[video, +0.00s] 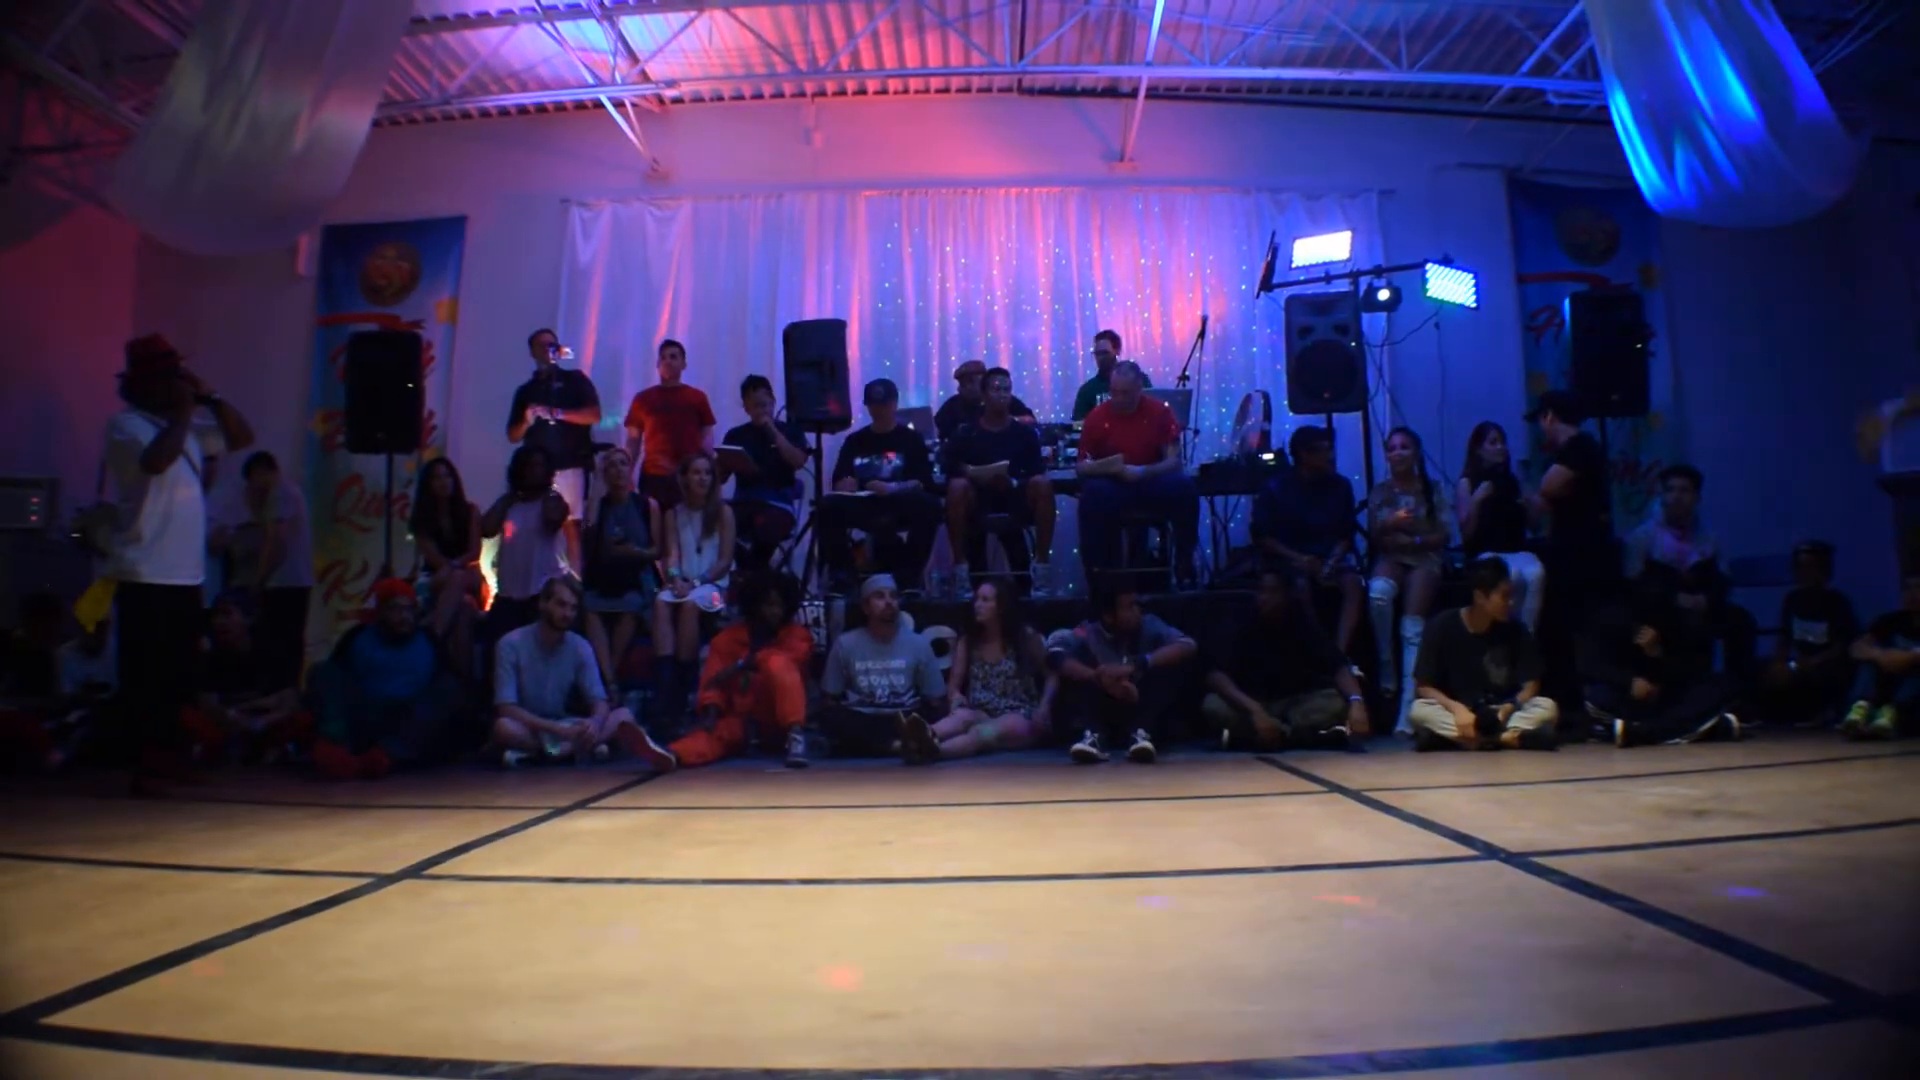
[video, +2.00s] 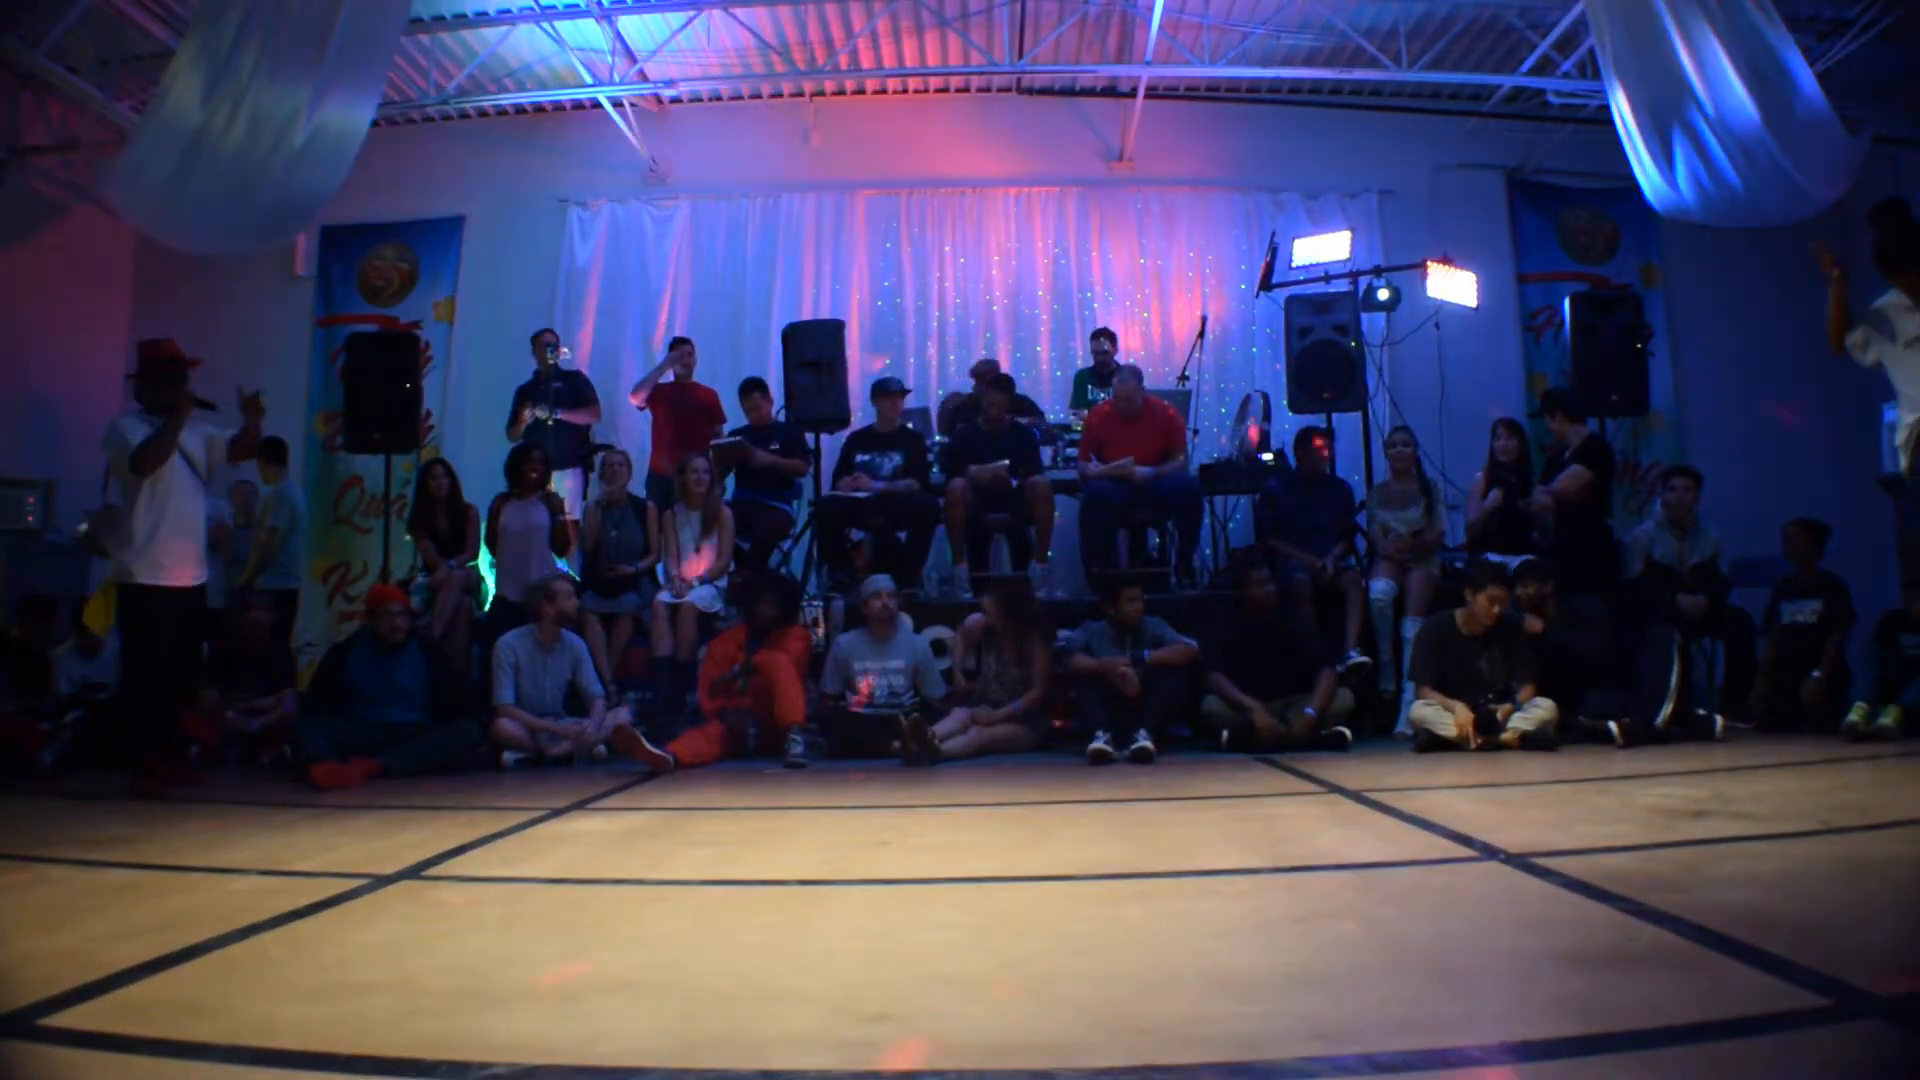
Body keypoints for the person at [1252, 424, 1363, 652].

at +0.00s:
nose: (1329, 456)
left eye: (1330, 450)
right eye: (1322, 450)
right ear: (1303, 454)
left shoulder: (1340, 486)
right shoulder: (1278, 487)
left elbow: (1348, 533)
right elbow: (1262, 536)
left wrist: (1333, 560)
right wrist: (1300, 560)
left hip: (1330, 557)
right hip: (1292, 558)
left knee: (1353, 583)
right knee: (1299, 585)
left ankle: (1340, 657)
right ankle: (1311, 656)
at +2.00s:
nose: (1323, 455)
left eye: (1325, 449)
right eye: (1316, 449)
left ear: (1330, 453)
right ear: (1300, 454)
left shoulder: (1339, 488)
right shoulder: (1280, 487)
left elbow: (1347, 535)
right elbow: (1270, 538)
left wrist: (1332, 558)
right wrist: (1309, 561)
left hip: (1330, 557)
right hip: (1294, 557)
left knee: (1354, 580)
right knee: (1301, 584)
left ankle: (1351, 648)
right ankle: (1312, 654)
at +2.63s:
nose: (1308, 450)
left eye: (1314, 443)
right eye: (1302, 443)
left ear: (1325, 450)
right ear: (1294, 450)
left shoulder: (1340, 486)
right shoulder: (1278, 485)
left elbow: (1345, 533)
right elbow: (1268, 536)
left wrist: (1330, 563)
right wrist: (1311, 563)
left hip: (1329, 558)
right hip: (1293, 558)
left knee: (1354, 583)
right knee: (1301, 585)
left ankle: (1356, 658)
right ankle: (1310, 664)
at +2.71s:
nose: (1307, 449)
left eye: (1313, 443)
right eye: (1302, 443)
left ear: (1325, 451)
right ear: (1294, 450)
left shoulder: (1340, 486)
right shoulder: (1278, 485)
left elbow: (1343, 533)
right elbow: (1268, 536)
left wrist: (1329, 565)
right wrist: (1311, 560)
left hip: (1329, 558)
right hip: (1292, 557)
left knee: (1355, 584)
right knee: (1304, 583)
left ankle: (1356, 658)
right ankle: (1306, 660)